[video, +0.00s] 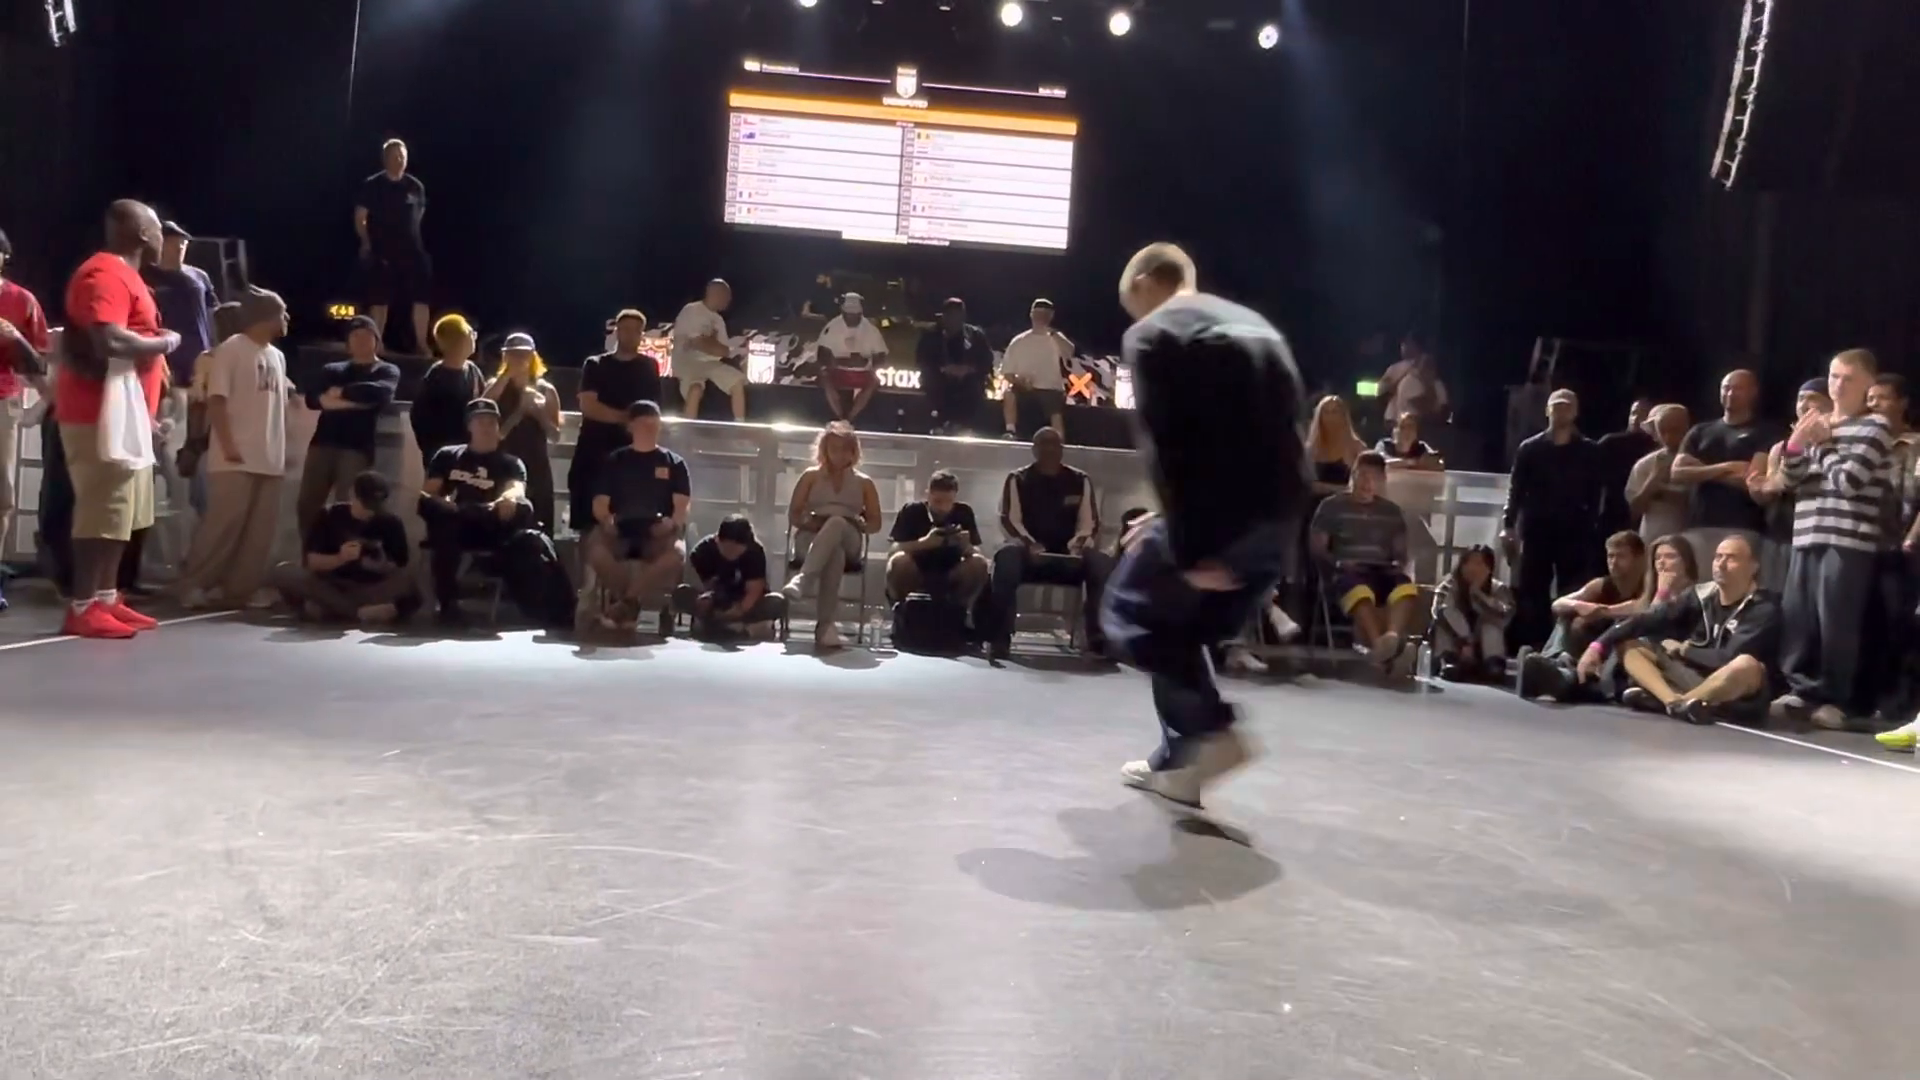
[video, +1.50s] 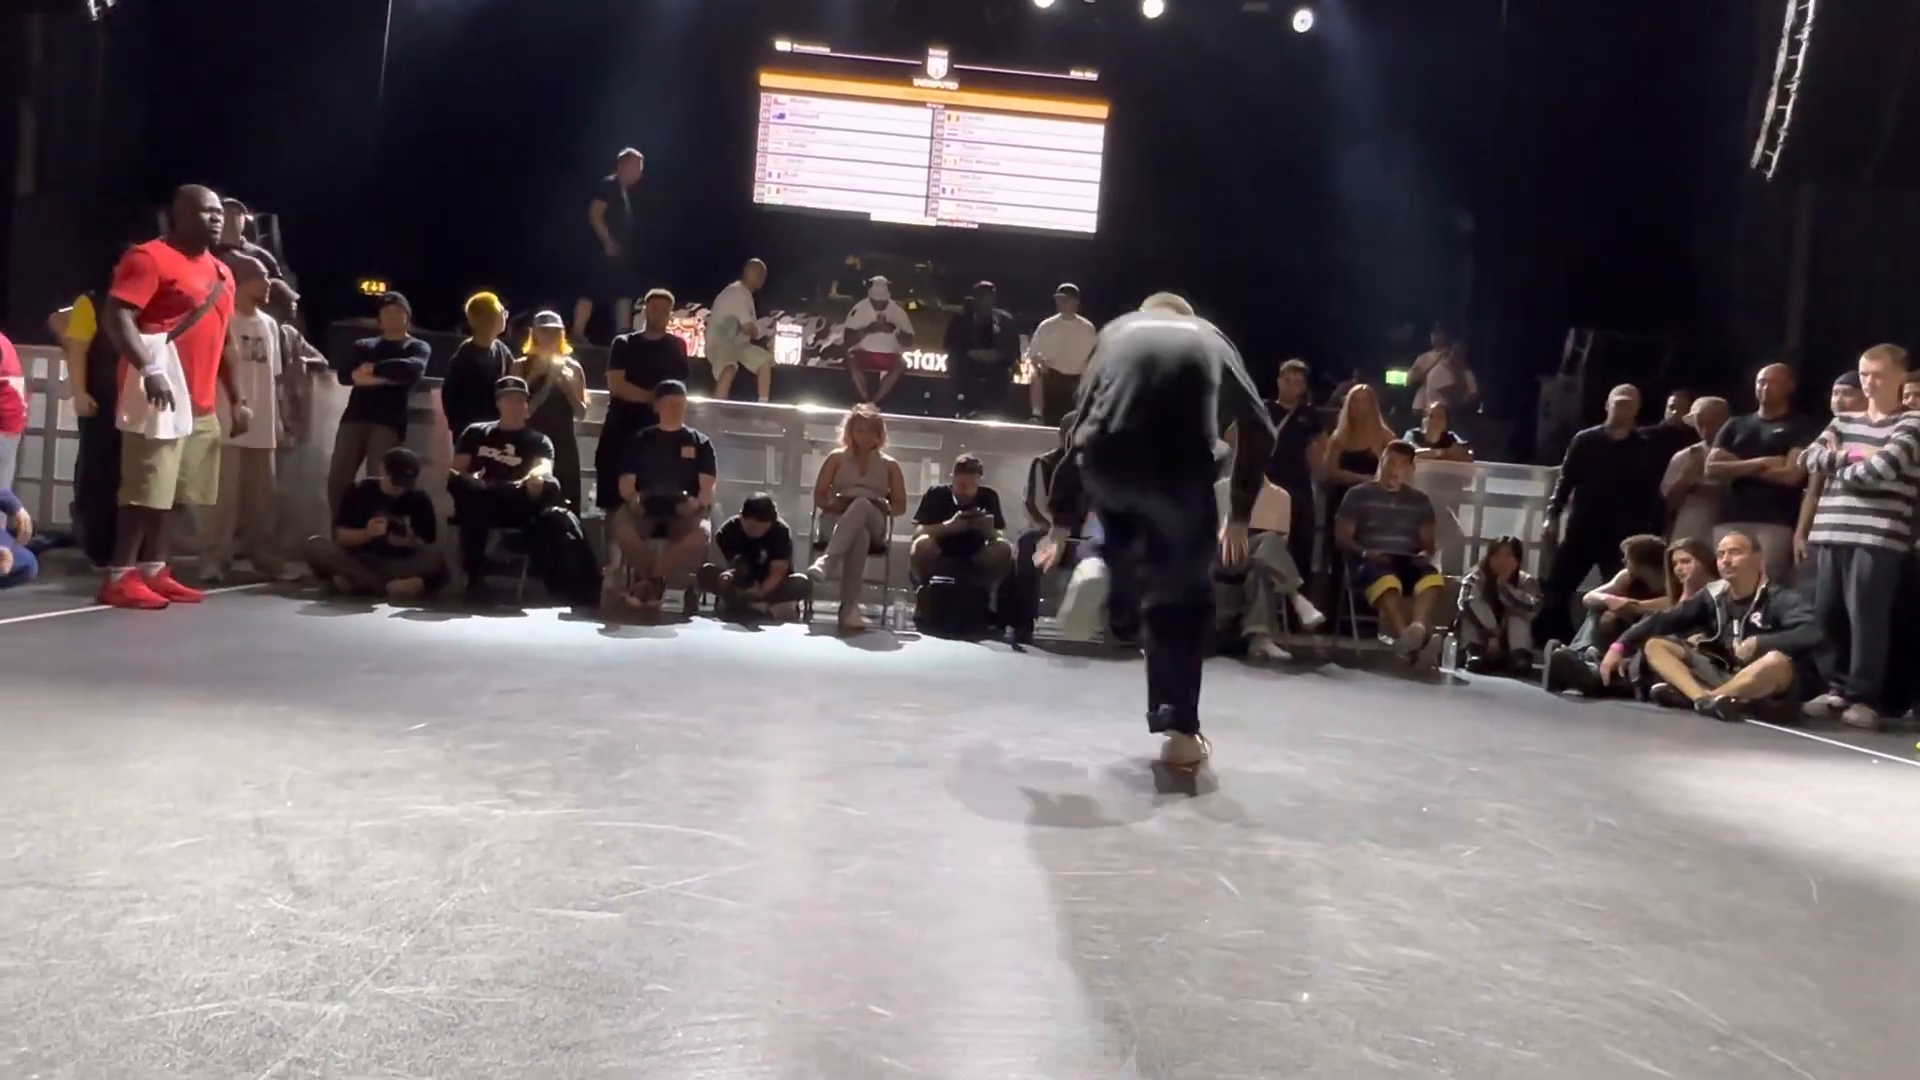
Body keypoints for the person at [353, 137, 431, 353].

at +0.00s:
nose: (399, 161)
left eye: (402, 156)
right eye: (394, 156)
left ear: (406, 159)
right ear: (385, 159)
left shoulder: (416, 187)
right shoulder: (371, 186)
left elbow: (418, 215)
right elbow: (360, 217)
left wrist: (409, 236)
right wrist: (367, 243)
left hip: (411, 251)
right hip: (382, 250)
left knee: (421, 299)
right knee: (379, 300)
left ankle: (422, 345)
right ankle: (376, 345)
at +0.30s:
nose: (440, 158)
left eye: (440, 153)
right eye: (435, 152)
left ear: (440, 157)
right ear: (422, 154)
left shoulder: (441, 184)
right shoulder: (400, 180)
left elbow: (442, 213)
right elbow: (387, 210)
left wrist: (435, 233)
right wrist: (393, 237)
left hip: (434, 244)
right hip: (406, 243)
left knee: (444, 295)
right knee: (395, 296)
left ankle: (453, 342)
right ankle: (385, 340)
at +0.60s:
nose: (491, 171)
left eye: (493, 166)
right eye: (489, 165)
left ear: (490, 166)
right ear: (477, 162)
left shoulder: (482, 192)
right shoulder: (454, 181)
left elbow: (475, 221)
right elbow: (430, 207)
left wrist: (473, 243)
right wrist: (427, 235)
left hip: (468, 249)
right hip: (443, 246)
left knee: (466, 296)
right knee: (423, 291)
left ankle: (461, 341)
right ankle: (400, 333)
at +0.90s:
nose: (535, 171)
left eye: (536, 166)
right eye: (532, 165)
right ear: (521, 164)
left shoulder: (522, 192)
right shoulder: (502, 183)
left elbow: (518, 227)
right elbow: (476, 204)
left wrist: (521, 253)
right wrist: (468, 230)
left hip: (511, 253)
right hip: (494, 250)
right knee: (495, 300)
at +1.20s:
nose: (582, 173)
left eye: (584, 168)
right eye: (579, 167)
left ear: (581, 170)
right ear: (567, 167)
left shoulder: (568, 193)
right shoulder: (554, 189)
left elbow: (571, 230)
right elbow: (532, 214)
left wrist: (582, 250)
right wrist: (527, 242)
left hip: (562, 250)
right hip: (551, 249)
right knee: (567, 295)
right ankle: (569, 338)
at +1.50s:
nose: (639, 172)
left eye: (640, 167)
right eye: (637, 166)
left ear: (636, 168)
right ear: (623, 165)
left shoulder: (623, 190)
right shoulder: (608, 185)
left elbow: (620, 221)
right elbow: (595, 214)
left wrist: (622, 243)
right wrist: (608, 242)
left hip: (622, 250)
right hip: (603, 249)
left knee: (624, 294)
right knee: (589, 292)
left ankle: (623, 336)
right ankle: (577, 334)